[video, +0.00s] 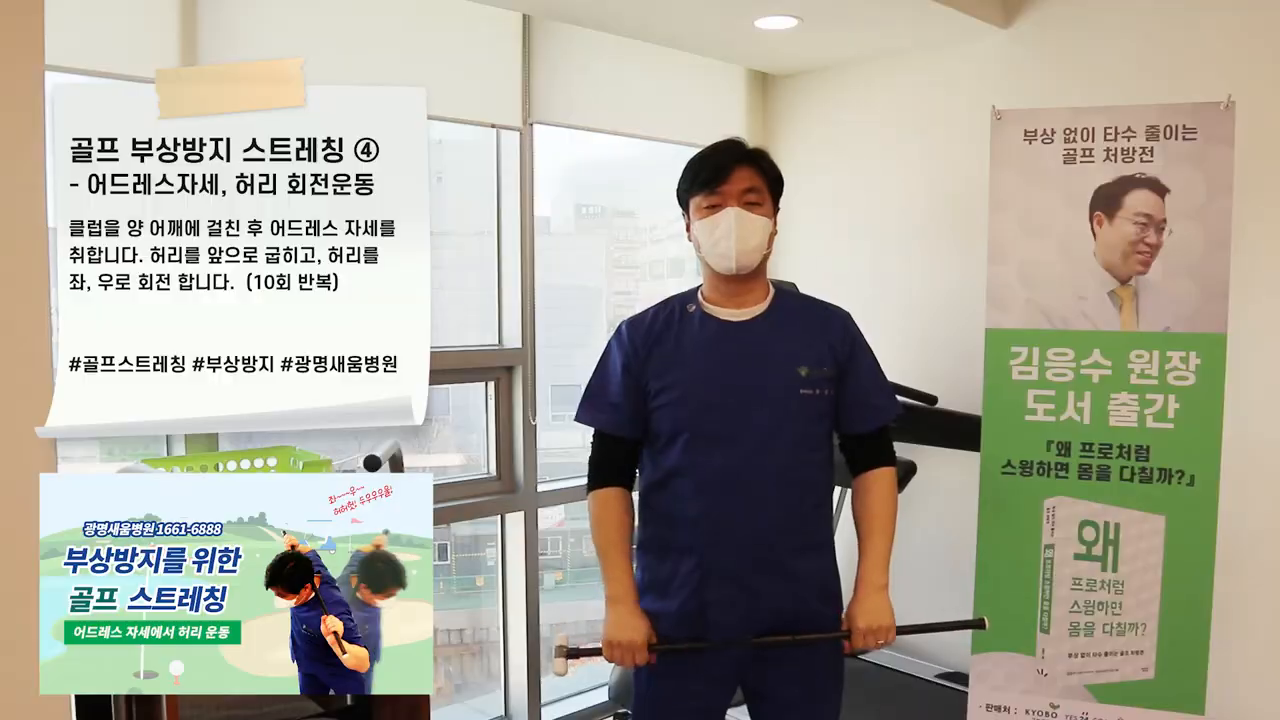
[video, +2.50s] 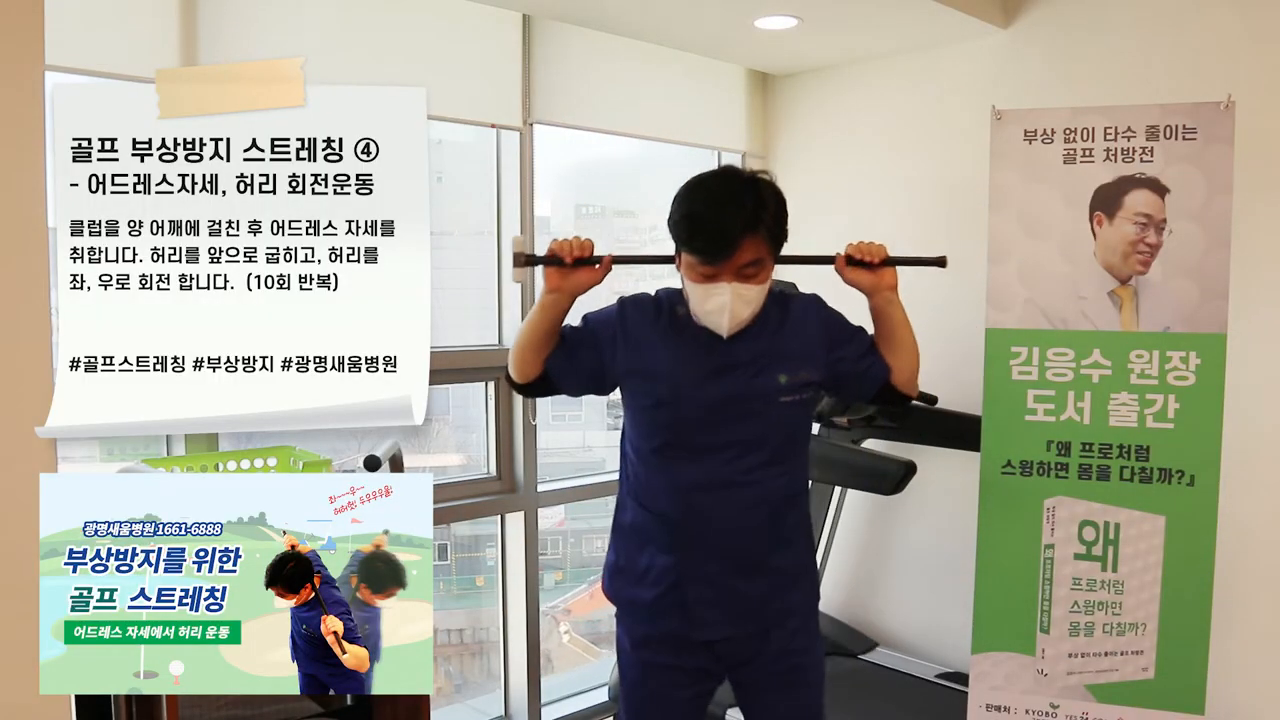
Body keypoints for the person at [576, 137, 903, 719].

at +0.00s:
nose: (733, 220)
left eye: (752, 203)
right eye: (713, 207)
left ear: (775, 219)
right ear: (688, 224)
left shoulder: (829, 333)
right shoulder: (641, 342)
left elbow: (873, 462)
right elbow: (609, 475)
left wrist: (872, 589)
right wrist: (620, 603)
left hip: (801, 628)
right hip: (678, 633)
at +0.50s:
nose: (757, 239)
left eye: (777, 222)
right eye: (738, 223)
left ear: (800, 228)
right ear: (714, 227)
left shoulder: (849, 327)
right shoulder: (662, 326)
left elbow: (932, 395)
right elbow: (575, 387)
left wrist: (948, 408)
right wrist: (575, 428)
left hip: (808, 616)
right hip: (690, 615)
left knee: (814, 712)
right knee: (677, 713)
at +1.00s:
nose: (779, 249)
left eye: (799, 229)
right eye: (758, 232)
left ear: (822, 229)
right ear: (733, 231)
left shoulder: (866, 308)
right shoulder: (692, 310)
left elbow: (986, 267)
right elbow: (580, 258)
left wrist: (951, 154)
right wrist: (606, 142)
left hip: (830, 614)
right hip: (709, 612)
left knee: (831, 714)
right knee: (690, 713)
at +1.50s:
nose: (785, 248)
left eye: (804, 229)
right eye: (764, 231)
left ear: (828, 229)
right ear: (740, 231)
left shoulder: (869, 308)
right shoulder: (700, 312)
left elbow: (997, 316)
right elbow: (580, 300)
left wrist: (942, 213)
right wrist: (622, 191)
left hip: (841, 615)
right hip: (721, 613)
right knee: (696, 714)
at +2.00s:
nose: (784, 262)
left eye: (805, 243)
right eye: (764, 245)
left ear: (829, 237)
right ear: (740, 239)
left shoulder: (866, 317)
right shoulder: (702, 317)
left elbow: (979, 374)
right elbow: (590, 357)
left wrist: (941, 273)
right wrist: (629, 263)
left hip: (833, 618)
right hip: (715, 615)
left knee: (836, 713)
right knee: (691, 713)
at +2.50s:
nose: (726, 292)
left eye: (750, 272)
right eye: (706, 273)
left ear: (774, 261)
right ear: (679, 258)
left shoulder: (805, 324)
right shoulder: (636, 327)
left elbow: (900, 380)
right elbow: (526, 371)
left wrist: (884, 296)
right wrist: (556, 296)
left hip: (775, 610)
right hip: (658, 610)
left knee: (793, 711)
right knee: (652, 711)